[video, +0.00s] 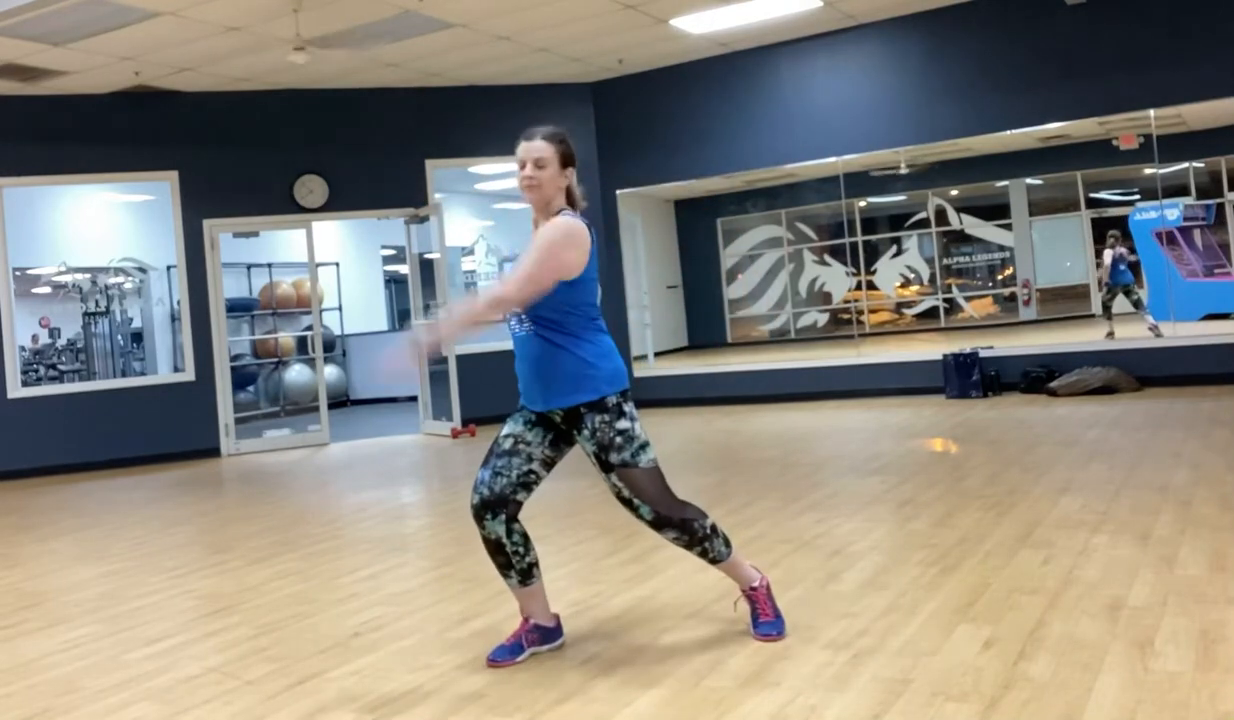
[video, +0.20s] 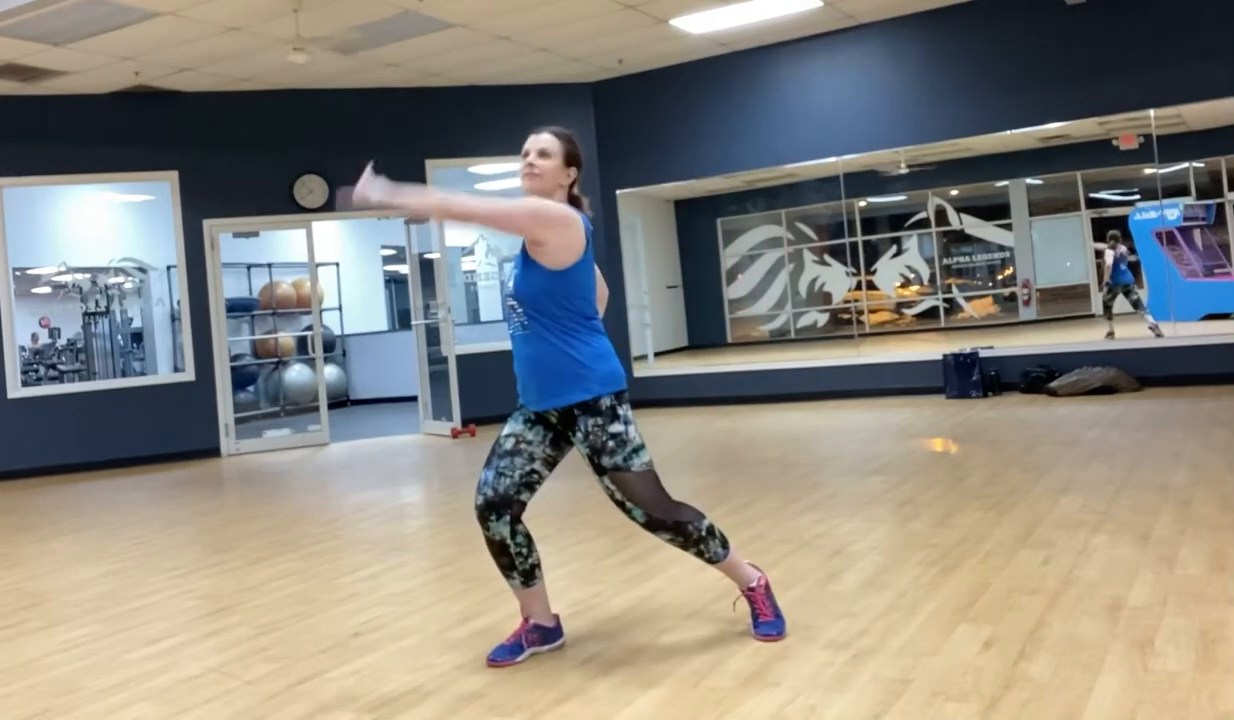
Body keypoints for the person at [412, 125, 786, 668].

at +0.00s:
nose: (526, 174)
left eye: (538, 165)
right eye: (521, 166)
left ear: (566, 174)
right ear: (517, 175)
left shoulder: (567, 231)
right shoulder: (542, 234)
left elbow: (507, 297)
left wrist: (441, 331)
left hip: (597, 398)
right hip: (544, 405)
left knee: (657, 508)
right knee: (491, 502)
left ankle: (753, 581)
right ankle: (540, 620)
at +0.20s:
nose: (528, 163)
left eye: (542, 156)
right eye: (524, 155)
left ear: (570, 174)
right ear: (521, 165)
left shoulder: (557, 220)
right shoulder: (551, 228)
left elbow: (459, 207)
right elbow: (599, 293)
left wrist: (385, 195)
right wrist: (570, 342)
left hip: (593, 396)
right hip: (542, 402)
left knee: (654, 511)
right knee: (495, 502)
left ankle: (750, 580)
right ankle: (538, 622)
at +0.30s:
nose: (526, 162)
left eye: (539, 156)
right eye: (524, 154)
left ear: (570, 174)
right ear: (527, 167)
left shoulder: (559, 216)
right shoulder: (552, 226)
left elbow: (470, 175)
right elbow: (598, 291)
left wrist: (397, 133)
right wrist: (570, 338)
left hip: (591, 397)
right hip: (540, 403)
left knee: (653, 509)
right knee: (495, 506)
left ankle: (750, 581)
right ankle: (540, 620)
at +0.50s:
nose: (528, 151)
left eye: (542, 147)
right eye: (530, 145)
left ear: (567, 169)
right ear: (544, 170)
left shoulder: (565, 209)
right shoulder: (546, 225)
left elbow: (506, 134)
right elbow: (584, 304)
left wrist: (467, 64)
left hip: (593, 398)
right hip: (539, 405)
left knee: (655, 507)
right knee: (496, 506)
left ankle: (752, 582)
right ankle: (539, 620)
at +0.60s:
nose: (531, 153)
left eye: (541, 144)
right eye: (528, 145)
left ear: (565, 161)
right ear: (528, 167)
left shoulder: (573, 212)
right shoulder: (537, 226)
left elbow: (540, 121)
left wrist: (509, 44)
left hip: (595, 398)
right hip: (538, 405)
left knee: (658, 507)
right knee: (496, 506)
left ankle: (752, 581)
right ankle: (539, 620)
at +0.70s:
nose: (532, 153)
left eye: (545, 145)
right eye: (529, 148)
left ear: (569, 161)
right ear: (527, 169)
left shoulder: (577, 217)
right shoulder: (534, 235)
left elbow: (554, 117)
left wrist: (530, 37)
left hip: (597, 399)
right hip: (538, 407)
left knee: (658, 505)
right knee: (496, 505)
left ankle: (753, 582)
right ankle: (540, 621)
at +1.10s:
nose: (547, 152)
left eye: (556, 145)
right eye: (536, 149)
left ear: (574, 162)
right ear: (524, 173)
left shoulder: (592, 214)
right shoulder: (526, 243)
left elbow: (621, 123)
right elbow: (540, 320)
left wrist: (635, 38)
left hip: (607, 394)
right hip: (541, 403)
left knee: (673, 498)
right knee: (498, 508)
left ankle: (755, 587)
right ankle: (540, 621)